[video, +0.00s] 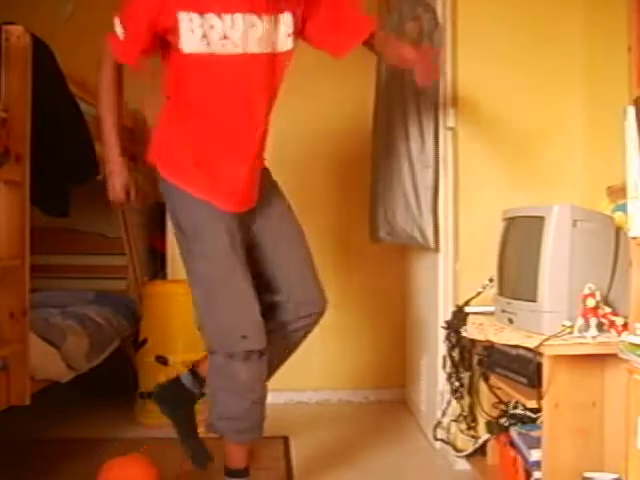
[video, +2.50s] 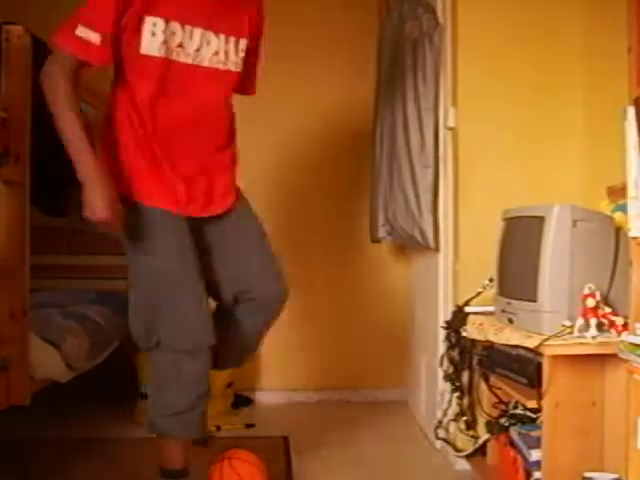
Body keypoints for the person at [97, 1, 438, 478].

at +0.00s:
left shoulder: (294, 4)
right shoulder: (165, 6)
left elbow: (367, 34)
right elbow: (112, 58)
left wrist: (412, 56)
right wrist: (114, 158)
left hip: (248, 169)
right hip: (190, 173)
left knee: (302, 305)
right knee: (241, 341)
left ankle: (185, 390)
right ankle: (237, 472)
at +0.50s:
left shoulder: (228, 5)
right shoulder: (97, 3)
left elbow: (235, 75)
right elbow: (54, 50)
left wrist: (254, 158)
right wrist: (42, 108)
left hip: (192, 162)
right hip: (118, 168)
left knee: (228, 282)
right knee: (131, 309)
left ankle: (210, 433)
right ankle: (96, 429)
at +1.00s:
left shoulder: (209, 20)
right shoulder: (107, 5)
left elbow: (224, 95)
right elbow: (52, 82)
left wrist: (266, 126)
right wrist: (74, 152)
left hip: (168, 191)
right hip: (102, 185)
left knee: (175, 312)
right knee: (90, 308)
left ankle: (151, 424)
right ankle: (71, 444)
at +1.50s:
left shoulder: (187, 9)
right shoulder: (100, 3)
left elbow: (172, 93)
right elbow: (45, 80)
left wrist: (168, 161)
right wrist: (92, 168)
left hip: (160, 175)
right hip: (97, 180)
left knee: (224, 263)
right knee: (118, 316)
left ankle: (206, 401)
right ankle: (108, 455)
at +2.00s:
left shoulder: (211, 15)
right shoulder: (119, 3)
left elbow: (192, 97)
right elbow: (51, 72)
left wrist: (219, 170)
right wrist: (80, 168)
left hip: (168, 186)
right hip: (105, 186)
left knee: (212, 286)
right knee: (114, 323)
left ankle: (168, 404)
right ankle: (106, 453)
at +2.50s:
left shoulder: (248, 8)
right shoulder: (124, 5)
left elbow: (219, 95)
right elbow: (56, 73)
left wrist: (220, 174)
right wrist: (91, 176)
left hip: (212, 180)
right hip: (147, 180)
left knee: (263, 292)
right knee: (183, 330)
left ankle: (182, 363)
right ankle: (174, 471)